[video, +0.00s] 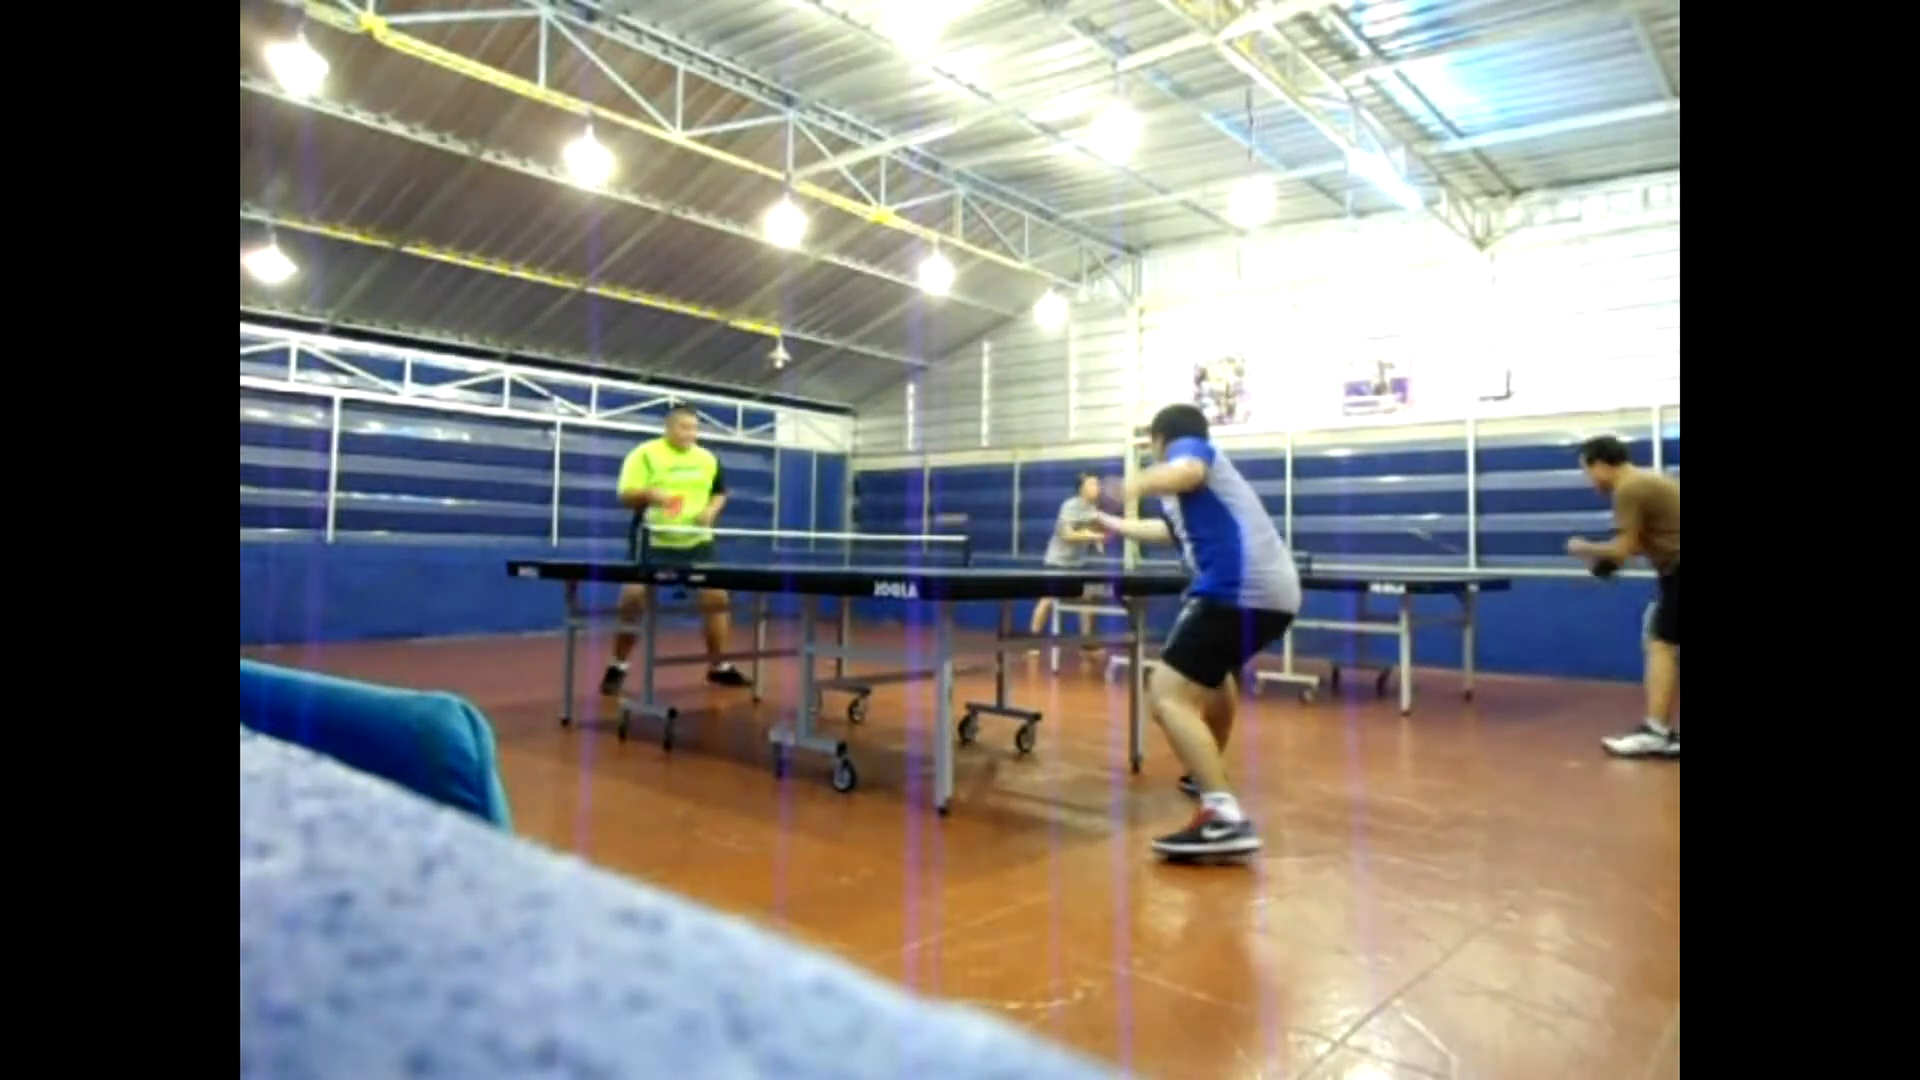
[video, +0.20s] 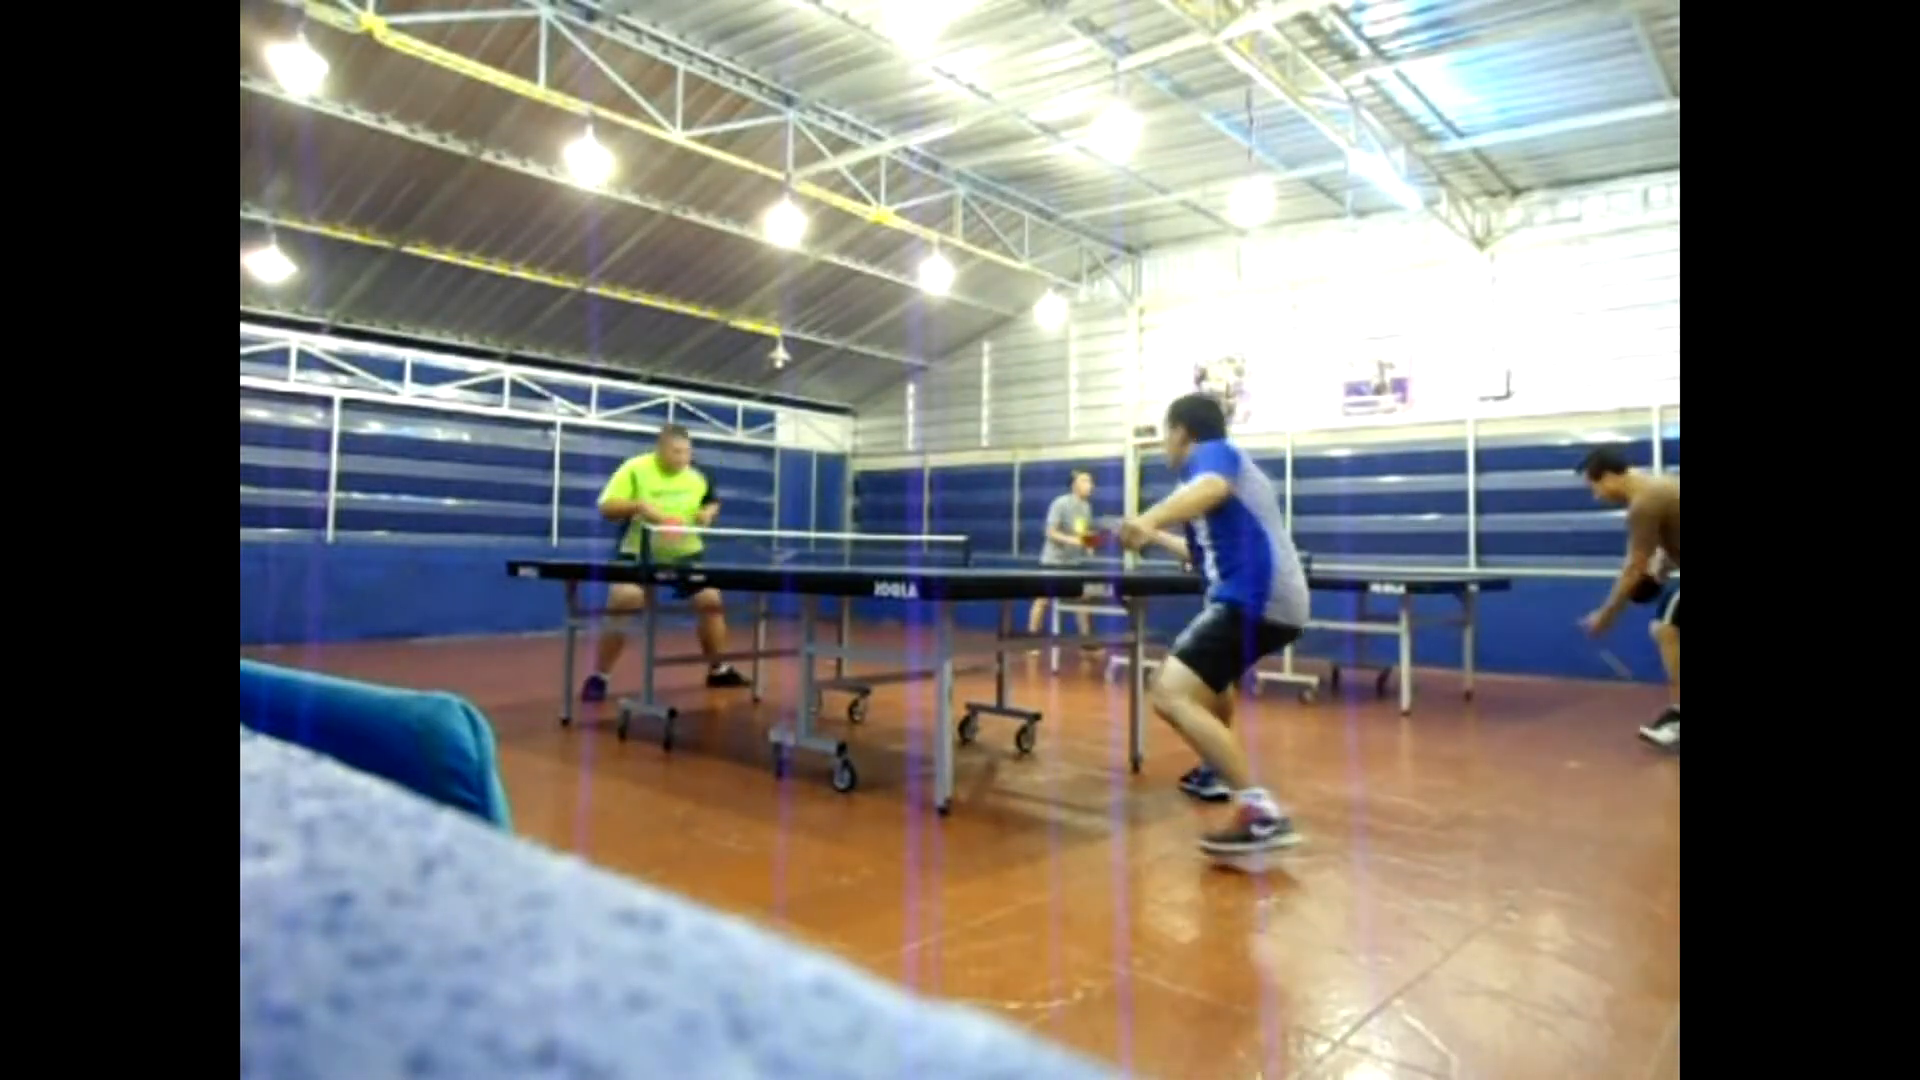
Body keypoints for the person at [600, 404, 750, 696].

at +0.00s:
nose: (689, 433)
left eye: (693, 427)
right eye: (683, 426)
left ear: (698, 430)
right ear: (669, 427)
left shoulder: (709, 460)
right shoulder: (645, 455)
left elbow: (719, 492)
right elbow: (627, 493)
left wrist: (710, 512)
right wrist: (654, 497)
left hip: (697, 539)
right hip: (655, 539)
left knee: (716, 598)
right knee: (633, 598)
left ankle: (719, 663)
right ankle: (618, 664)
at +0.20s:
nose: (682, 457)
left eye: (685, 451)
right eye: (675, 451)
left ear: (690, 452)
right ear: (660, 449)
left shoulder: (698, 478)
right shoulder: (635, 469)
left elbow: (713, 501)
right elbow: (608, 505)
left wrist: (706, 513)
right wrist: (639, 508)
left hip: (685, 553)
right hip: (639, 553)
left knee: (711, 601)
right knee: (624, 600)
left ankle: (718, 666)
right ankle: (601, 675)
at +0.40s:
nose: (673, 464)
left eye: (677, 459)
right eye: (668, 457)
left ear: (680, 459)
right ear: (652, 452)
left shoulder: (675, 477)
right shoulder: (625, 469)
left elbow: (676, 503)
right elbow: (635, 509)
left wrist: (692, 513)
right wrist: (679, 514)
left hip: (661, 551)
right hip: (622, 552)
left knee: (682, 602)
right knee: (617, 602)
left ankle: (714, 662)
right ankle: (600, 676)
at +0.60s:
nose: (666, 444)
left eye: (670, 438)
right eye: (659, 436)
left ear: (672, 441)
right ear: (642, 436)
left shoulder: (669, 465)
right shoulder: (617, 457)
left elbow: (667, 498)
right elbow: (616, 489)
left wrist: (687, 487)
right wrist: (660, 481)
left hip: (658, 543)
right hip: (621, 545)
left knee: (675, 598)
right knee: (620, 602)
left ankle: (674, 659)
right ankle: (601, 674)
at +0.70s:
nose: (665, 443)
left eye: (670, 438)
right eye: (659, 436)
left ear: (673, 442)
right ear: (643, 436)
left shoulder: (672, 470)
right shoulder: (621, 458)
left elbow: (672, 503)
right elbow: (598, 485)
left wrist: (688, 493)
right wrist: (631, 478)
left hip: (660, 546)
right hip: (624, 545)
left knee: (671, 602)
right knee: (624, 602)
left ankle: (664, 662)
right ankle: (601, 675)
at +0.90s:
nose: (664, 442)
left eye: (669, 436)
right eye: (658, 434)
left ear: (674, 440)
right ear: (645, 435)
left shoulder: (681, 471)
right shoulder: (621, 459)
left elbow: (685, 499)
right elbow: (587, 485)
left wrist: (691, 508)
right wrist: (611, 501)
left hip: (661, 544)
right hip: (620, 542)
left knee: (670, 602)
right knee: (607, 598)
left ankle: (664, 662)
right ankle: (582, 666)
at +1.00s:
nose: (658, 441)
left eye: (663, 436)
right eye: (652, 434)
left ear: (668, 439)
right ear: (639, 434)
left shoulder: (676, 470)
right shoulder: (615, 458)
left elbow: (687, 498)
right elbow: (581, 484)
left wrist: (685, 502)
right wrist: (608, 502)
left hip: (657, 545)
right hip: (614, 542)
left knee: (669, 600)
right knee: (591, 599)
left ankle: (664, 662)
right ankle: (560, 663)